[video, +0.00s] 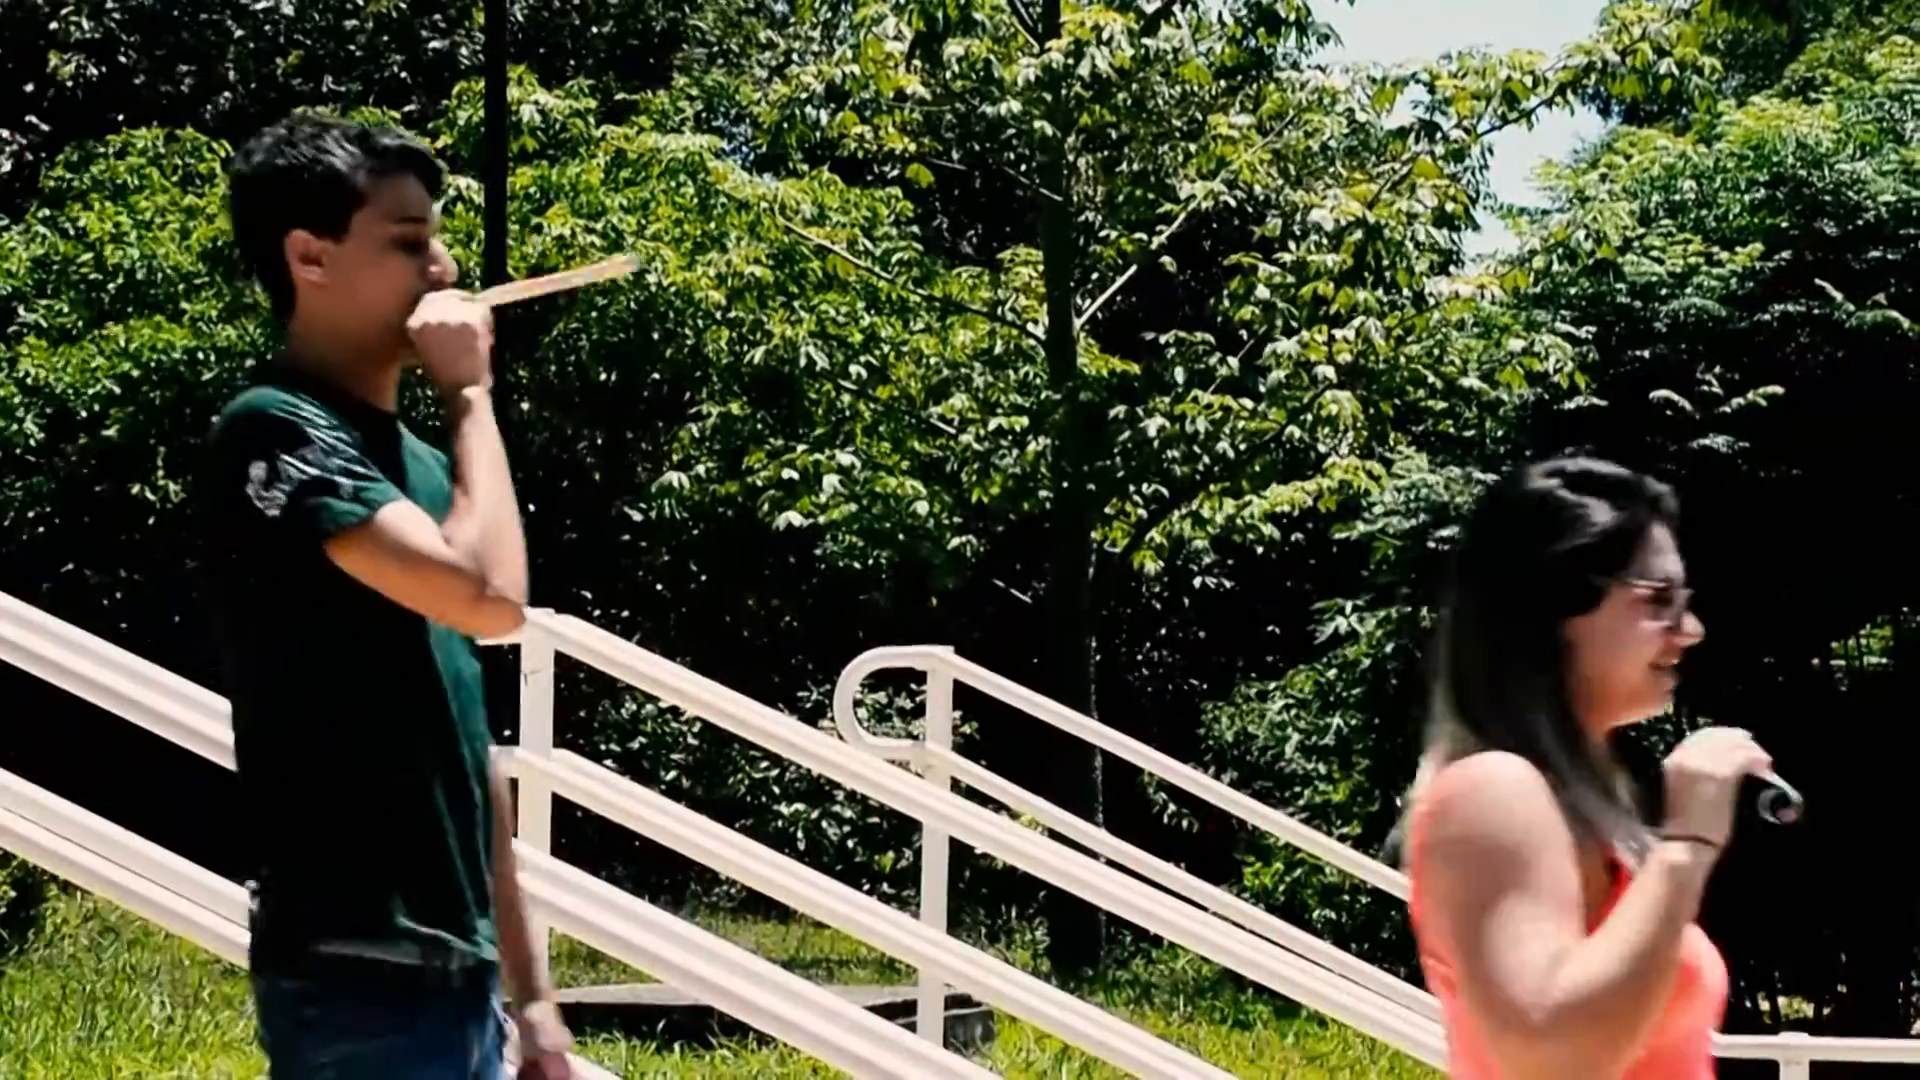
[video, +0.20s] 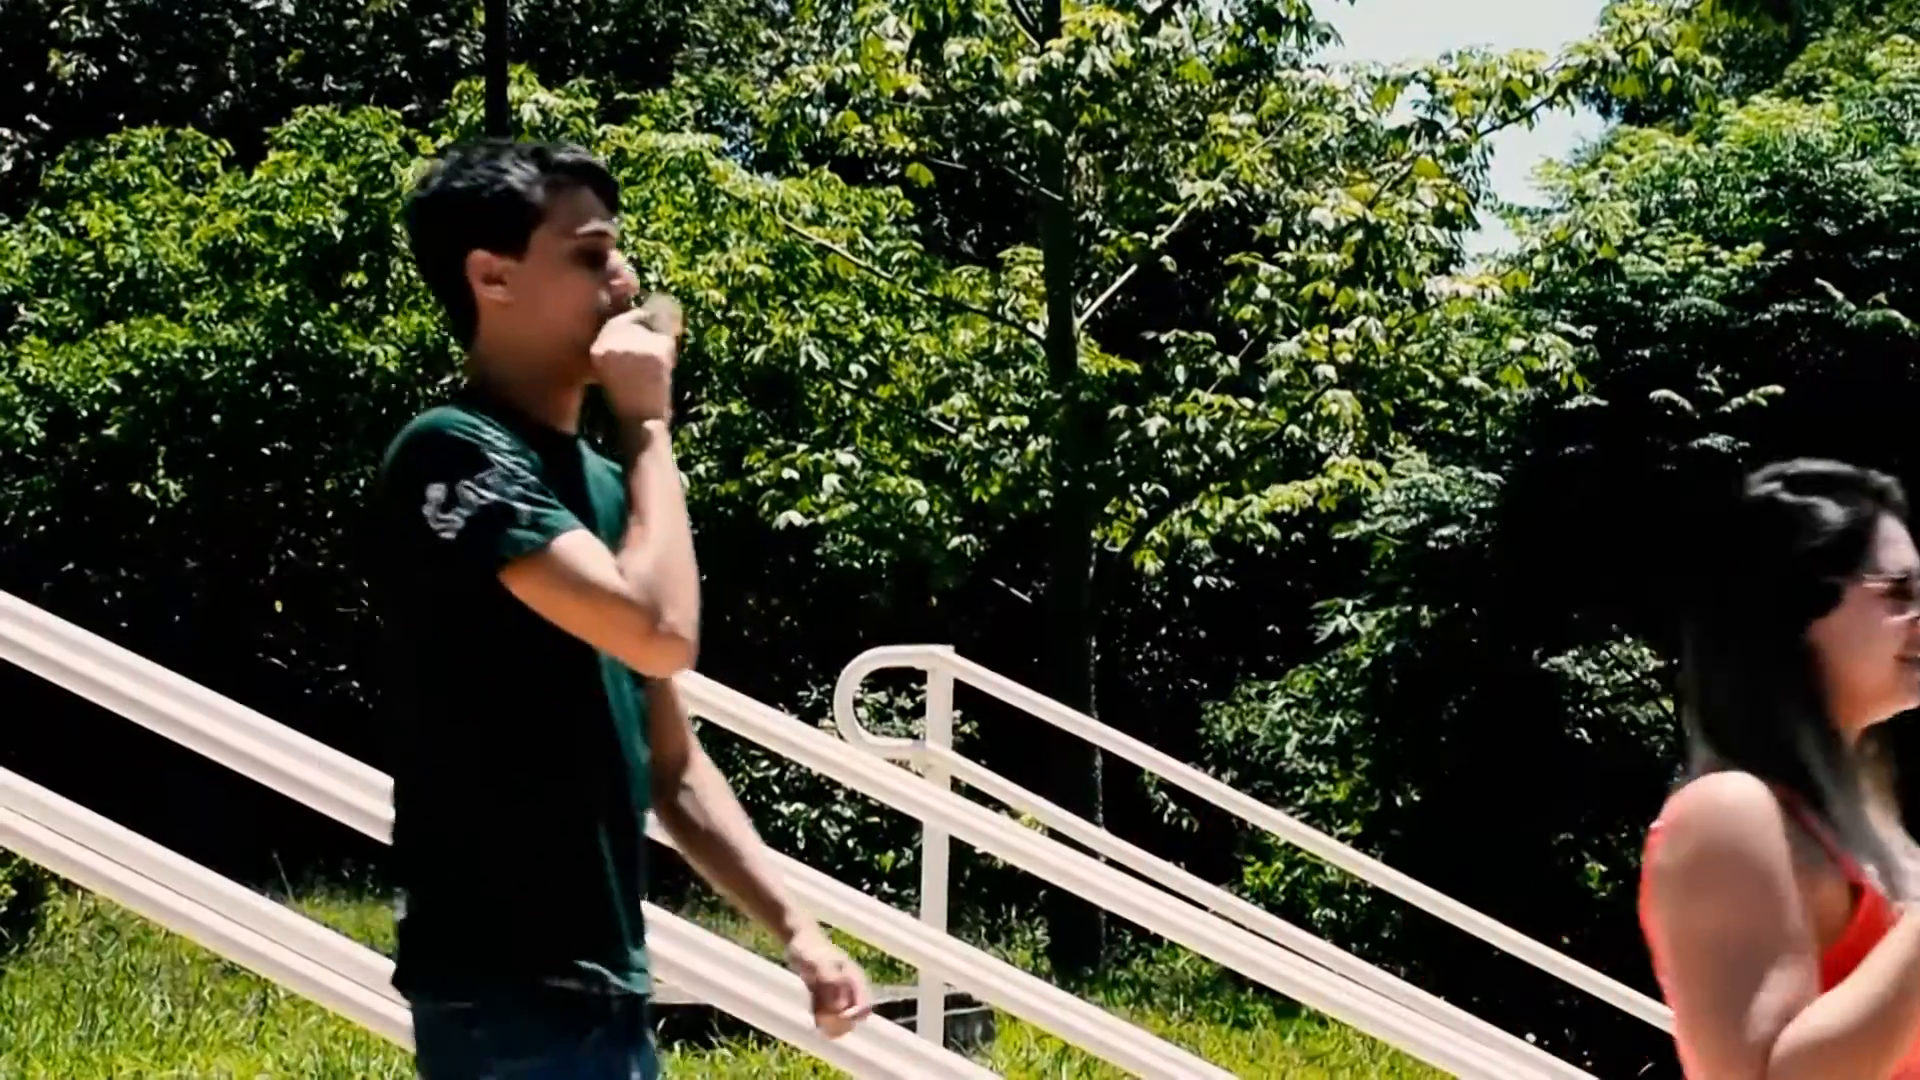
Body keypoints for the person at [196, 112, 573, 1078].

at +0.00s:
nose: (444, 271)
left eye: (437, 243)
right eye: (410, 243)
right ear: (310, 257)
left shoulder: (435, 473)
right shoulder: (272, 432)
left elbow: (479, 761)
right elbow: (490, 597)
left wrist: (529, 995)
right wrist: (471, 391)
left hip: (463, 970)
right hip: (356, 975)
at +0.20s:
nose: (626, 284)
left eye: (618, 255)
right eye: (591, 258)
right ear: (493, 277)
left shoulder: (609, 486)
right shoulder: (449, 454)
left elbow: (675, 767)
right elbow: (658, 630)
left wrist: (793, 928)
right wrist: (648, 422)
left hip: (610, 989)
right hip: (506, 999)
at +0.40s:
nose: (811, 403)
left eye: (797, 376)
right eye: (773, 380)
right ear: (677, 411)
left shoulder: (796, 624)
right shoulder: (644, 595)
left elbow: (813, 892)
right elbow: (877, 771)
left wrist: (926, 1058)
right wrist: (845, 549)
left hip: (789, 1051)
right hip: (668, 1052)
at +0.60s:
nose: (1027, 429)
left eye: (1012, 403)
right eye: (986, 411)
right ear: (894, 447)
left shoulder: (1015, 655)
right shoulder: (862, 633)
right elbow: (1035, 877)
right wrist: (1070, 657)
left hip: (1015, 1052)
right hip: (886, 1054)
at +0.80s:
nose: (1268, 534)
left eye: (1251, 507)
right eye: (1224, 514)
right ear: (1127, 552)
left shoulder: (1268, 758)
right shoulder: (1104, 744)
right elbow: (1313, 962)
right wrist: (1319, 738)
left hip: (1298, 1062)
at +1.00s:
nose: (1474, 541)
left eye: (1460, 511)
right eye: (1435, 514)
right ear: (1331, 535)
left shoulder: (1444, 748)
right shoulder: (1305, 725)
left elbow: (1519, 1026)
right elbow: (1544, 934)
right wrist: (1509, 700)